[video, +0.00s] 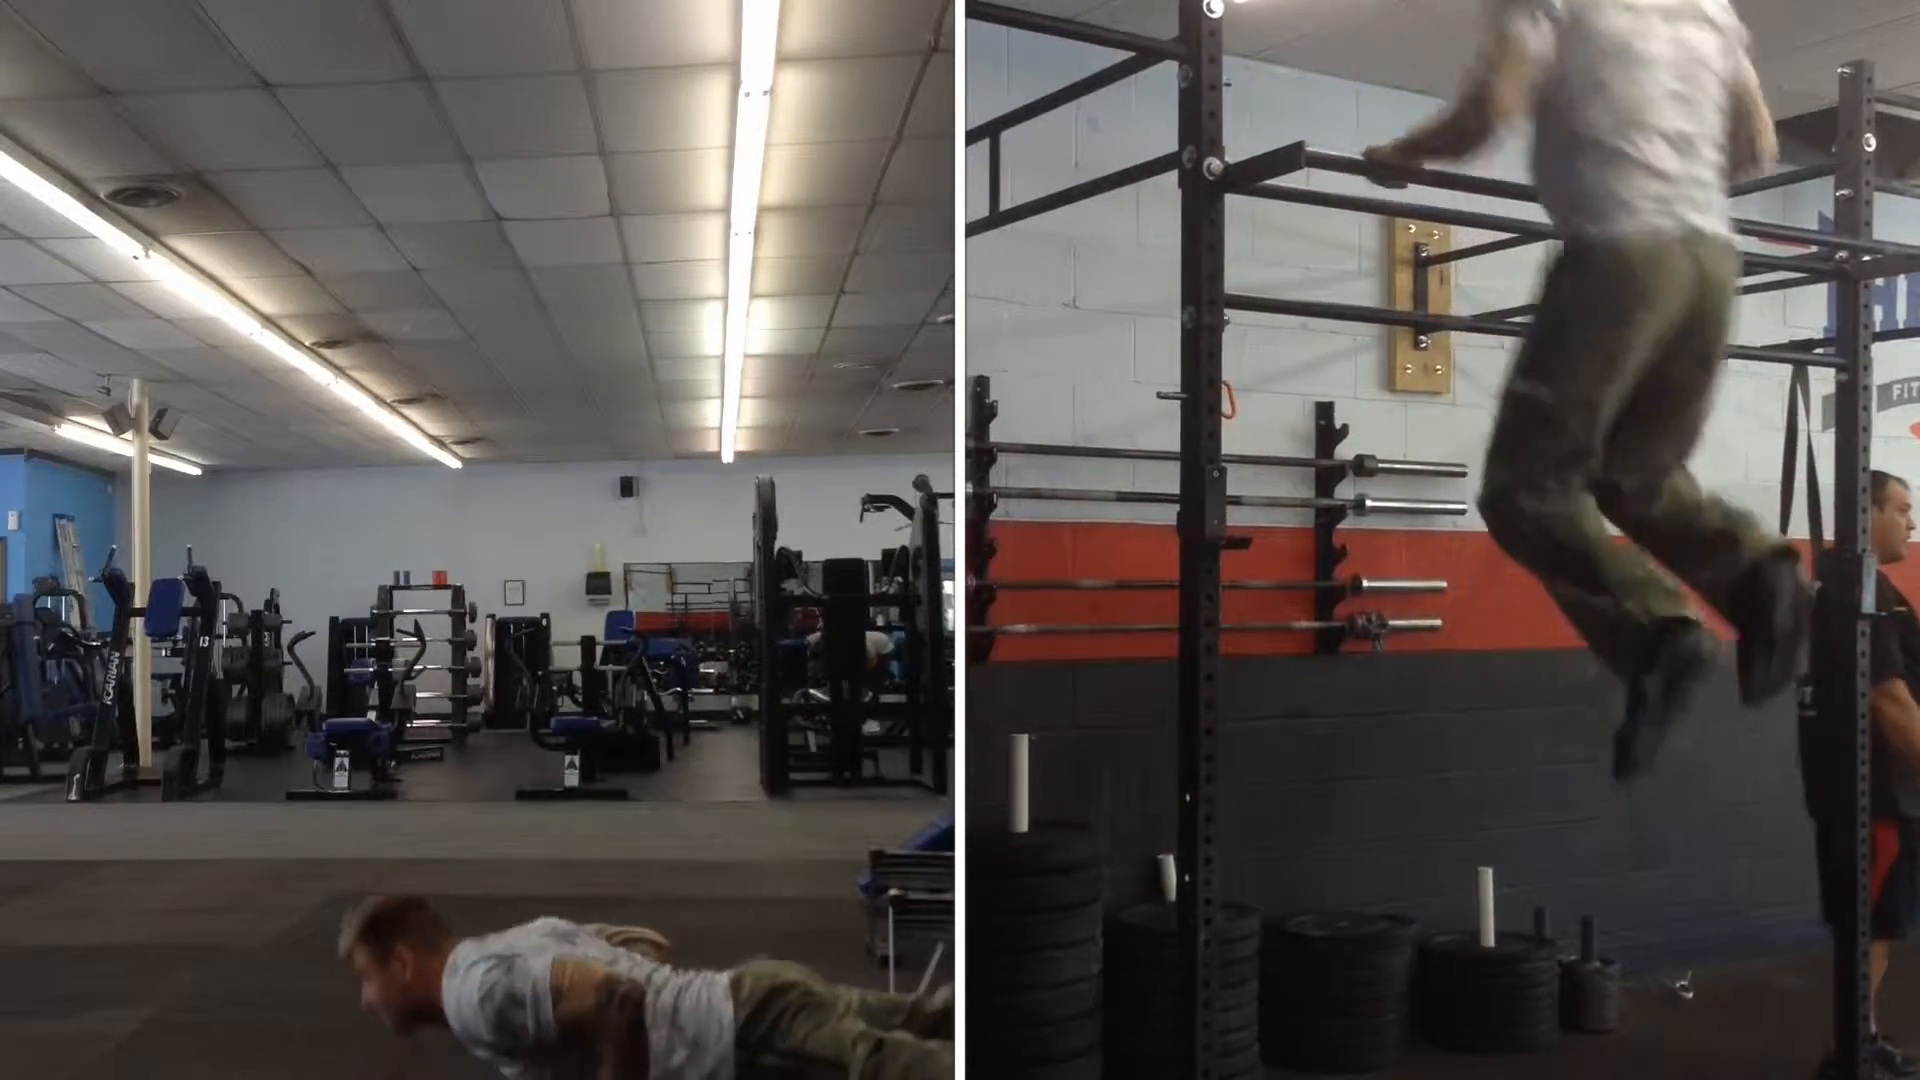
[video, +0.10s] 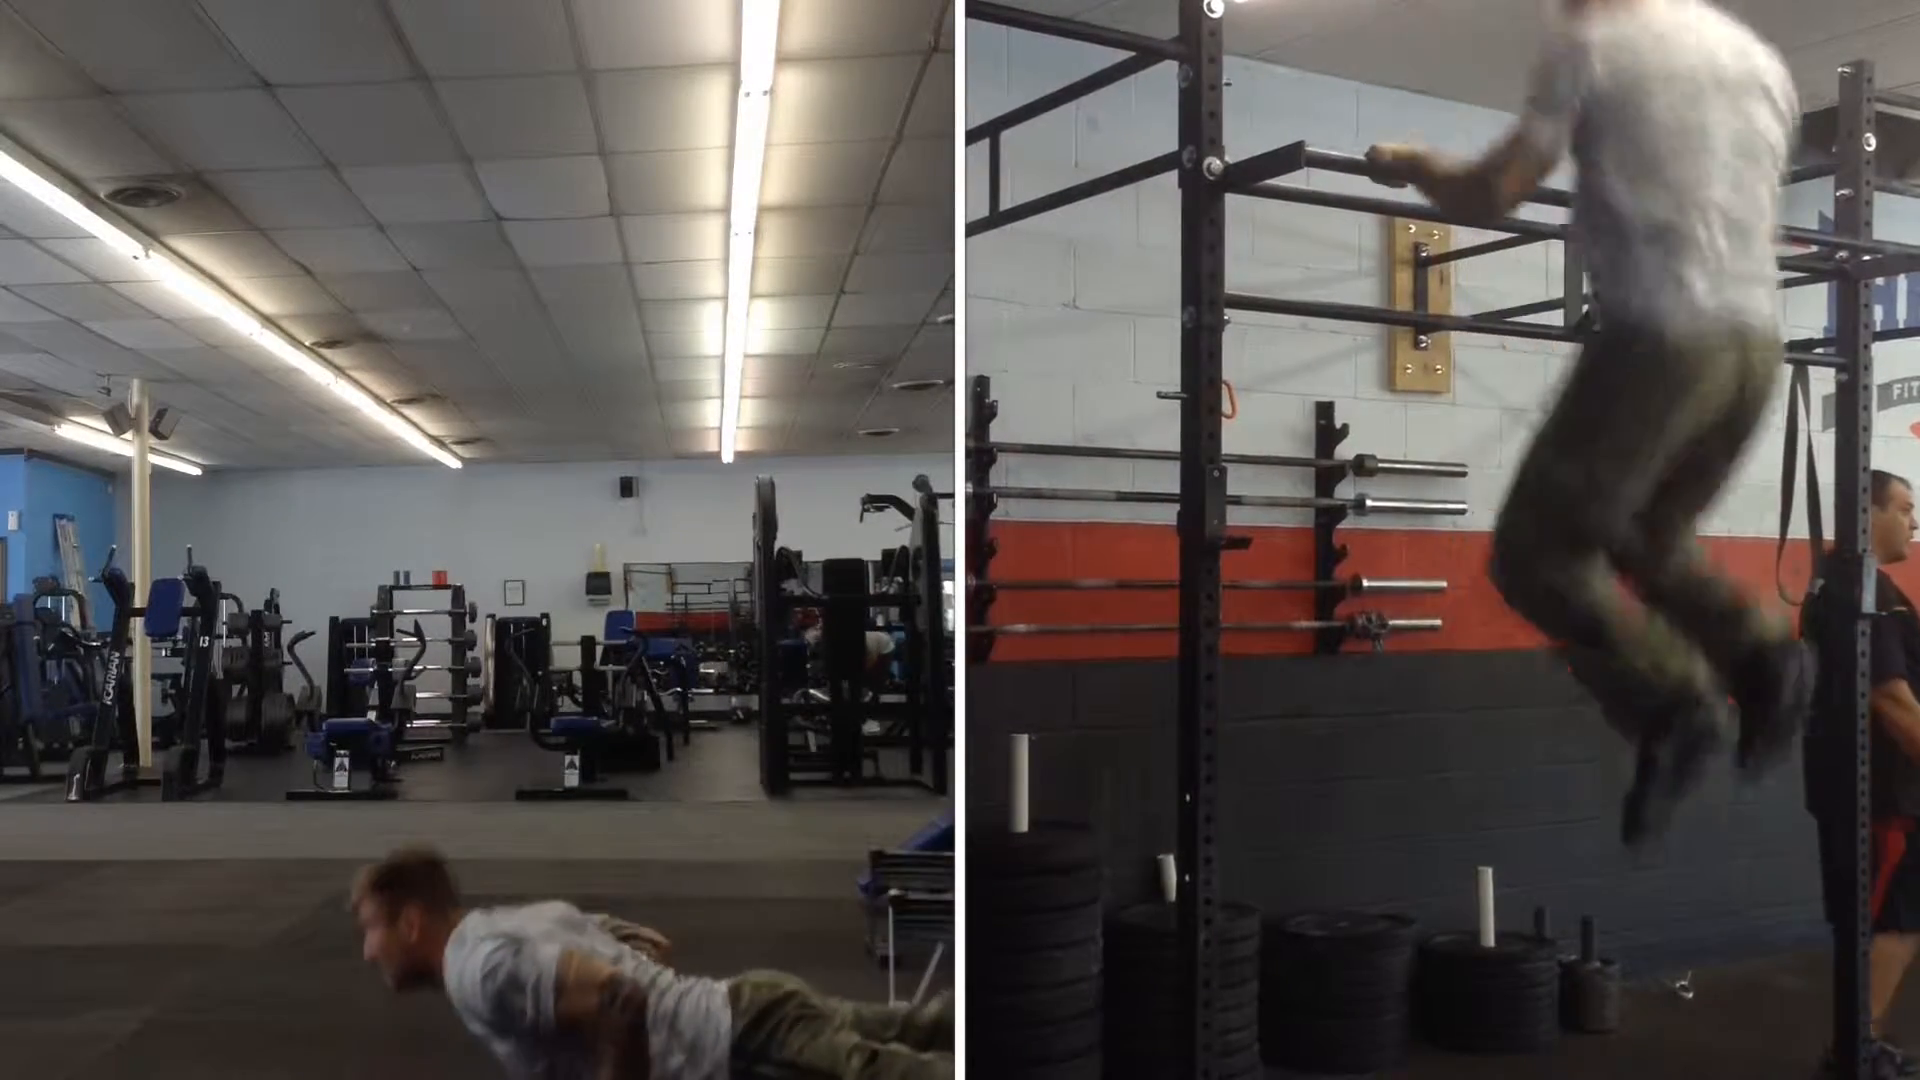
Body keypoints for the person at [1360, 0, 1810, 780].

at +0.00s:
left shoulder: (1547, 7)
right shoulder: (1707, 11)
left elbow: (1491, 112)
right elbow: (1757, 148)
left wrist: (1407, 151)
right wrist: (1666, 165)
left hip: (1619, 255)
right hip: (1715, 259)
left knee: (1526, 489)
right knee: (1635, 473)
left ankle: (1657, 640)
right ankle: (1760, 581)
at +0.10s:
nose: (1556, 16)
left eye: (1558, 10)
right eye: (1558, 12)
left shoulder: (1590, 33)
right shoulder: (1763, 62)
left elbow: (1495, 190)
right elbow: (1742, 197)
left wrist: (1416, 165)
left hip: (1658, 343)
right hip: (1757, 351)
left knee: (1536, 556)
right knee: (1649, 544)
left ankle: (1674, 713)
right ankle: (1766, 662)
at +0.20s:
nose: (1604, 103)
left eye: (1604, 91)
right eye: (1609, 93)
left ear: (1622, 81)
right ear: (1698, 77)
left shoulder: (1603, 151)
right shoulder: (1775, 159)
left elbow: (1473, 255)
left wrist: (1416, 185)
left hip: (1660, 475)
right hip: (1761, 483)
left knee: (1534, 661)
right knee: (1643, 648)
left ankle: (1661, 830)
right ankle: (1748, 784)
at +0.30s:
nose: (1600, 215)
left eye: (1605, 202)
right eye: (1607, 202)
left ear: (1619, 202)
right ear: (1700, 212)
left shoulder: (1593, 269)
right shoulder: (1762, 289)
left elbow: (1440, 299)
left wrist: (1412, 190)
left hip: (1626, 601)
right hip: (1721, 616)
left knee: (1509, 789)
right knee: (1618, 772)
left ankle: (1631, 964)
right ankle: (1707, 928)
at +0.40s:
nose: (1571, 313)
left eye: (1577, 299)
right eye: (1577, 300)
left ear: (1590, 307)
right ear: (1662, 318)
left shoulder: (1558, 374)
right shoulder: (1702, 391)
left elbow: (1422, 331)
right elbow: (1669, 328)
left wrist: (1405, 205)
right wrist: (1641, 244)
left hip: (1573, 699)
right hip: (1663, 704)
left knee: (1470, 900)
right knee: (1569, 883)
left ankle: (1601, 1059)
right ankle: (1660, 1034)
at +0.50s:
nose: (1513, 379)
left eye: (1521, 366)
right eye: (1523, 366)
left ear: (1530, 376)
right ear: (1602, 383)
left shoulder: (1506, 445)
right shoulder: (1639, 456)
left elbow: (1392, 352)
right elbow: (1643, 357)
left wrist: (1398, 213)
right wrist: (1635, 245)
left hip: (1500, 755)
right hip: (1585, 760)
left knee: (1424, 967)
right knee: (1518, 960)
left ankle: (1526, 1069)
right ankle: (1601, 1067)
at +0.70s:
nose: (1422, 391)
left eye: (1431, 388)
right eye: (1431, 383)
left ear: (1440, 421)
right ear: (1507, 432)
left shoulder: (1410, 485)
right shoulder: (1524, 502)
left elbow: (1372, 344)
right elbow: (1590, 372)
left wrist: (1394, 217)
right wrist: (1620, 263)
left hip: (1366, 754)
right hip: (1446, 756)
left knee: (1320, 954)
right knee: (1427, 948)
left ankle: (1437, 1070)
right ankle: (1500, 1066)